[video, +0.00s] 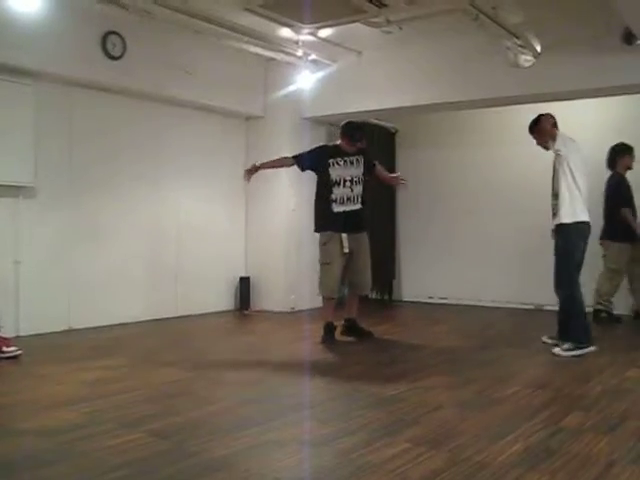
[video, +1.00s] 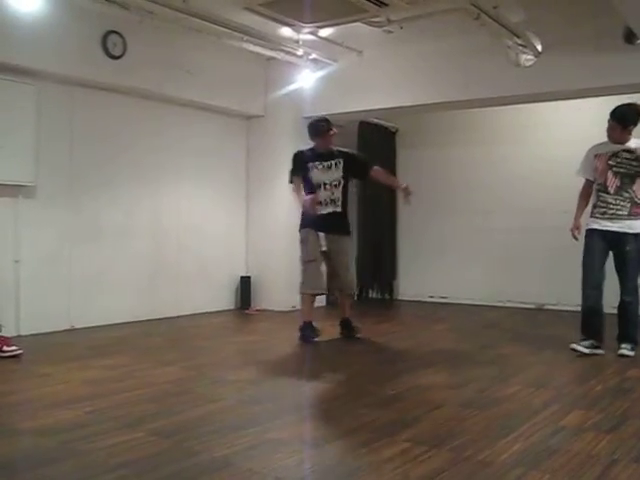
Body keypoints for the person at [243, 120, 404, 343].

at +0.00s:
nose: (356, 149)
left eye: (359, 146)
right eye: (353, 145)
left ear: (360, 143)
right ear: (343, 139)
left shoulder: (361, 156)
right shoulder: (323, 154)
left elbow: (374, 169)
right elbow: (290, 161)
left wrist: (389, 178)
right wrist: (258, 167)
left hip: (357, 227)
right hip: (331, 227)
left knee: (359, 278)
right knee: (331, 279)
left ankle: (351, 322)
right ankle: (329, 327)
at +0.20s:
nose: (363, 146)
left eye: (365, 141)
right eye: (359, 142)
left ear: (365, 140)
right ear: (345, 139)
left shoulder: (365, 158)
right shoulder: (328, 156)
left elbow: (391, 166)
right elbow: (306, 169)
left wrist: (418, 174)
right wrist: (296, 176)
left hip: (357, 227)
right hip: (333, 227)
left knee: (357, 276)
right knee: (333, 277)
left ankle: (350, 320)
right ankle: (329, 324)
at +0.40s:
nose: (363, 142)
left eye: (364, 139)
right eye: (360, 138)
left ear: (359, 140)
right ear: (347, 138)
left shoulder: (359, 154)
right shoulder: (335, 156)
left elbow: (379, 168)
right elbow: (356, 185)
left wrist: (360, 167)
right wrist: (380, 209)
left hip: (356, 225)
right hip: (335, 225)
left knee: (356, 276)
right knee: (334, 277)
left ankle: (350, 319)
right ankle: (328, 323)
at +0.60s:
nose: (354, 138)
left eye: (353, 134)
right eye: (350, 135)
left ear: (346, 136)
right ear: (340, 137)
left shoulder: (354, 154)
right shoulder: (332, 156)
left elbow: (363, 162)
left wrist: (337, 158)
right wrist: (358, 171)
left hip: (353, 220)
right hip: (333, 220)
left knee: (355, 271)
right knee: (332, 272)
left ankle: (348, 319)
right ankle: (320, 321)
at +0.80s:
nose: (341, 138)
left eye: (340, 135)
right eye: (337, 136)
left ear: (337, 137)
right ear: (327, 138)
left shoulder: (346, 155)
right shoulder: (316, 156)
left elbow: (369, 161)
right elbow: (338, 175)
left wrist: (394, 166)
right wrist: (371, 184)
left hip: (347, 222)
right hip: (324, 222)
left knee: (352, 272)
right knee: (325, 273)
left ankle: (347, 320)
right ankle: (308, 323)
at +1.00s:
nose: (333, 136)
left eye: (332, 133)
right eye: (329, 133)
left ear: (330, 135)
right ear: (318, 136)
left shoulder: (345, 157)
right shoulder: (302, 158)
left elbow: (373, 171)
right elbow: (296, 183)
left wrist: (398, 185)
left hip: (338, 225)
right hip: (311, 225)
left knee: (345, 274)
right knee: (311, 272)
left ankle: (346, 322)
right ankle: (307, 324)